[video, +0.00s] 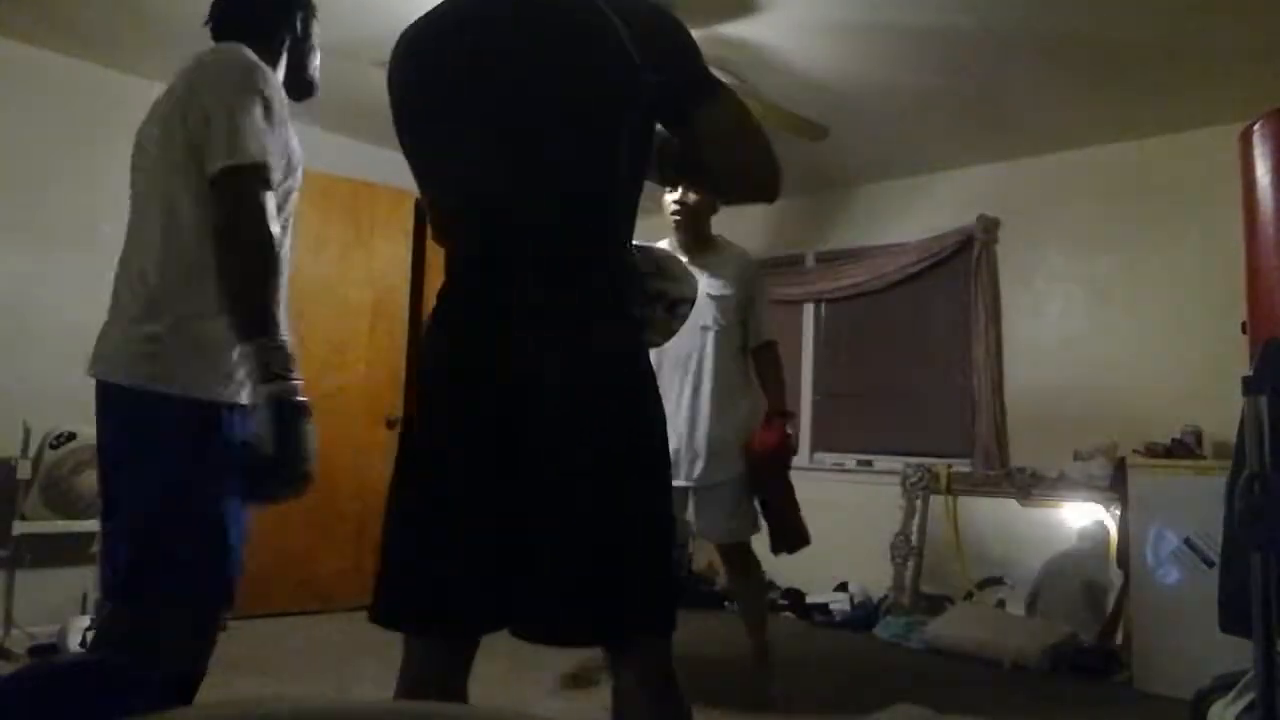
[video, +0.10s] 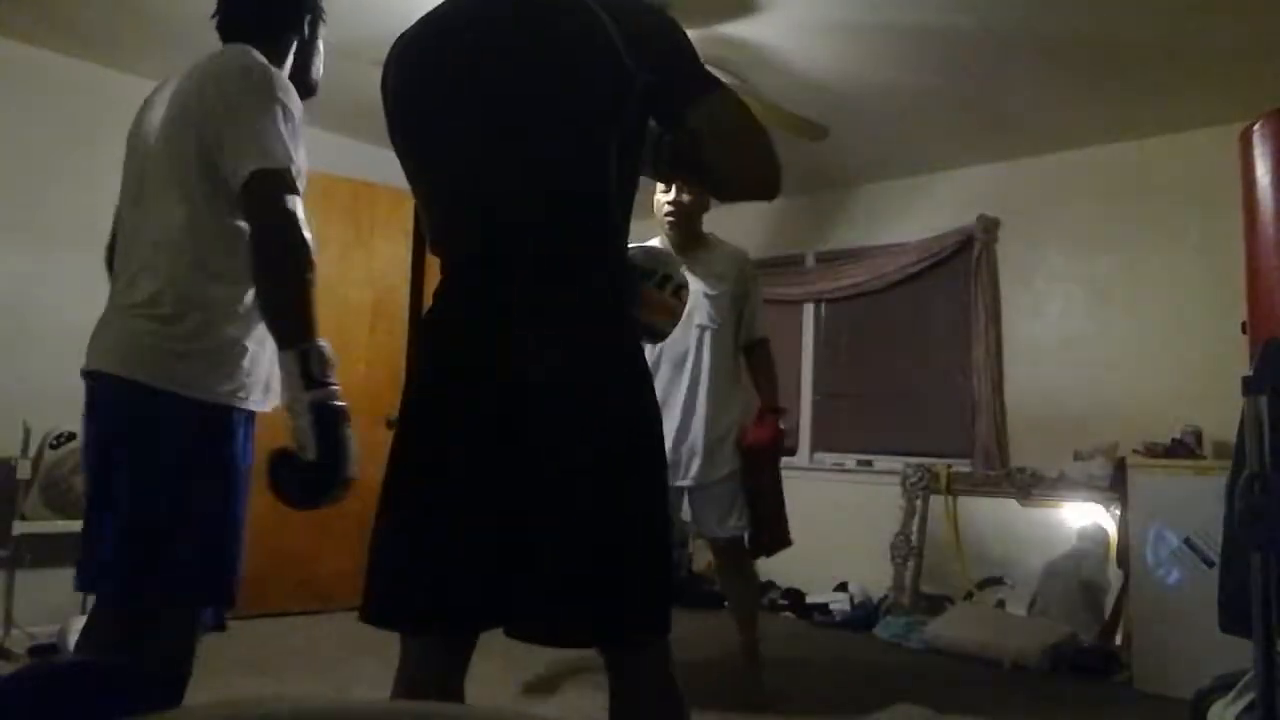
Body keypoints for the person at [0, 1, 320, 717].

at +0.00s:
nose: (319, 51)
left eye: (317, 31)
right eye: (313, 28)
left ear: (235, 21)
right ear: (287, 24)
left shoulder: (196, 85)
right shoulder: (237, 75)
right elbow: (243, 236)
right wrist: (284, 395)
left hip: (157, 394)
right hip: (184, 400)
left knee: (146, 654)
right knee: (163, 663)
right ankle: (13, 698)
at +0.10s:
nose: (323, 60)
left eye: (324, 40)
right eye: (322, 37)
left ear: (238, 22)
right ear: (296, 29)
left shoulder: (167, 95)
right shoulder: (253, 79)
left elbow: (122, 254)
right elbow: (279, 236)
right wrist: (316, 394)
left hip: (129, 382)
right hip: (187, 395)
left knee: (122, 622)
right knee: (155, 658)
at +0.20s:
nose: (320, 66)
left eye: (321, 48)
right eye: (320, 44)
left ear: (233, 23)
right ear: (303, 33)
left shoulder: (156, 91)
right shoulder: (268, 81)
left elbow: (97, 244)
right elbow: (298, 241)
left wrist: (109, 364)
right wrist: (345, 388)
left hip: (117, 379)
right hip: (193, 389)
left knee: (122, 609)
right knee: (156, 621)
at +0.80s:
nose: (297, 76)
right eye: (296, 64)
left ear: (216, 64)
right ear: (291, 63)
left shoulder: (155, 130)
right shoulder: (306, 135)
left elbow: (100, 262)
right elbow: (316, 263)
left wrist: (86, 388)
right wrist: (344, 397)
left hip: (142, 393)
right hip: (242, 401)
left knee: (145, 586)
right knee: (251, 588)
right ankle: (155, 718)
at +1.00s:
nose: (317, 92)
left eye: (315, 84)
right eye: (315, 82)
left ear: (238, 83)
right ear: (303, 82)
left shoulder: (181, 146)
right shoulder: (319, 146)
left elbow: (124, 268)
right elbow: (336, 266)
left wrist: (116, 377)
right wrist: (367, 394)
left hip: (172, 397)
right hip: (275, 401)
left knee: (161, 577)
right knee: (303, 571)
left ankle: (142, 709)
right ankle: (240, 702)